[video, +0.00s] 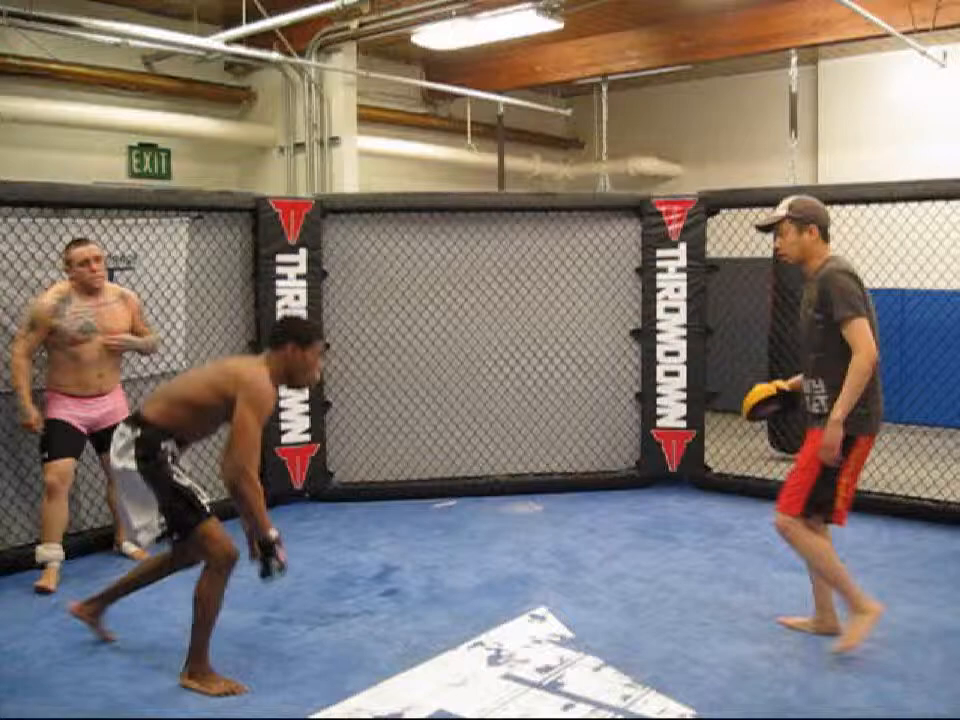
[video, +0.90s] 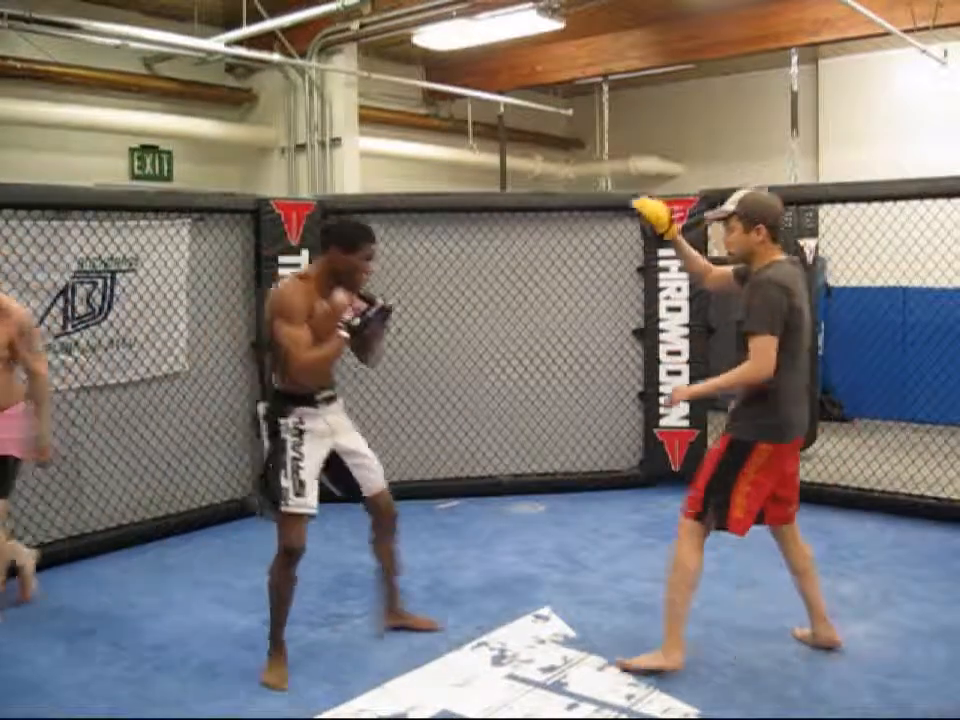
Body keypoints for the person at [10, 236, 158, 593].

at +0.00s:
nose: (93, 268)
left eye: (97, 260)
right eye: (84, 264)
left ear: (105, 262)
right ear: (68, 271)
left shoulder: (126, 299)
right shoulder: (50, 305)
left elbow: (153, 343)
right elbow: (21, 351)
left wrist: (129, 341)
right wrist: (26, 405)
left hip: (110, 400)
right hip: (65, 403)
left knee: (121, 473)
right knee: (56, 480)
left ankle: (125, 538)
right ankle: (51, 564)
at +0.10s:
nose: (82, 268)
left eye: (86, 260)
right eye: (72, 264)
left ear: (94, 262)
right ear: (57, 271)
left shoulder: (116, 299)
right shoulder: (41, 306)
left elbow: (143, 343)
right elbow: (12, 356)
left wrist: (116, 343)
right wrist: (14, 409)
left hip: (103, 402)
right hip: (58, 405)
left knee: (114, 474)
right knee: (53, 485)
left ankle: (125, 538)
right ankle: (52, 568)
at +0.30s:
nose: (49, 264)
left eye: (53, 256)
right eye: (39, 259)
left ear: (61, 258)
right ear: (23, 267)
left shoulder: (88, 296)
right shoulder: (11, 302)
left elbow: (111, 338)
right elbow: (5, 341)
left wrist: (99, 366)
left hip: (81, 401)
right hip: (32, 407)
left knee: (119, 472)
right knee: (38, 494)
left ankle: (124, 530)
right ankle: (49, 571)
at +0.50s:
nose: (24, 265)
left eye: (29, 257)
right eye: (14, 260)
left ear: (37, 260)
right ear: (1, 268)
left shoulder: (65, 304)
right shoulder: (2, 306)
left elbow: (94, 350)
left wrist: (107, 398)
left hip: (56, 406)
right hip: (10, 413)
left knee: (66, 484)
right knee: (29, 496)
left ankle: (82, 560)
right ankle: (47, 568)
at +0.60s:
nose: (14, 268)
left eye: (18, 260)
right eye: (5, 262)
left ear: (28, 263)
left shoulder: (54, 305)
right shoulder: (2, 307)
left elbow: (88, 352)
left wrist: (105, 397)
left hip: (44, 409)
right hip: (6, 415)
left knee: (33, 494)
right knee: (25, 499)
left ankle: (39, 583)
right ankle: (49, 569)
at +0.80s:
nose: (1, 273)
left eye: (3, 266)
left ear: (7, 269)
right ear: (3, 270)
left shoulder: (28, 318)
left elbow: (66, 367)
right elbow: (65, 367)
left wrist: (72, 420)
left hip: (13, 419)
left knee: (6, 504)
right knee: (8, 505)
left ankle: (5, 583)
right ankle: (39, 562)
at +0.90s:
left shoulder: (14, 316)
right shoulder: (13, 316)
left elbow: (38, 372)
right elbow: (37, 372)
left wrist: (42, 434)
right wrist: (42, 434)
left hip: (9, 419)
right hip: (10, 419)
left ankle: (17, 554)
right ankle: (16, 555)